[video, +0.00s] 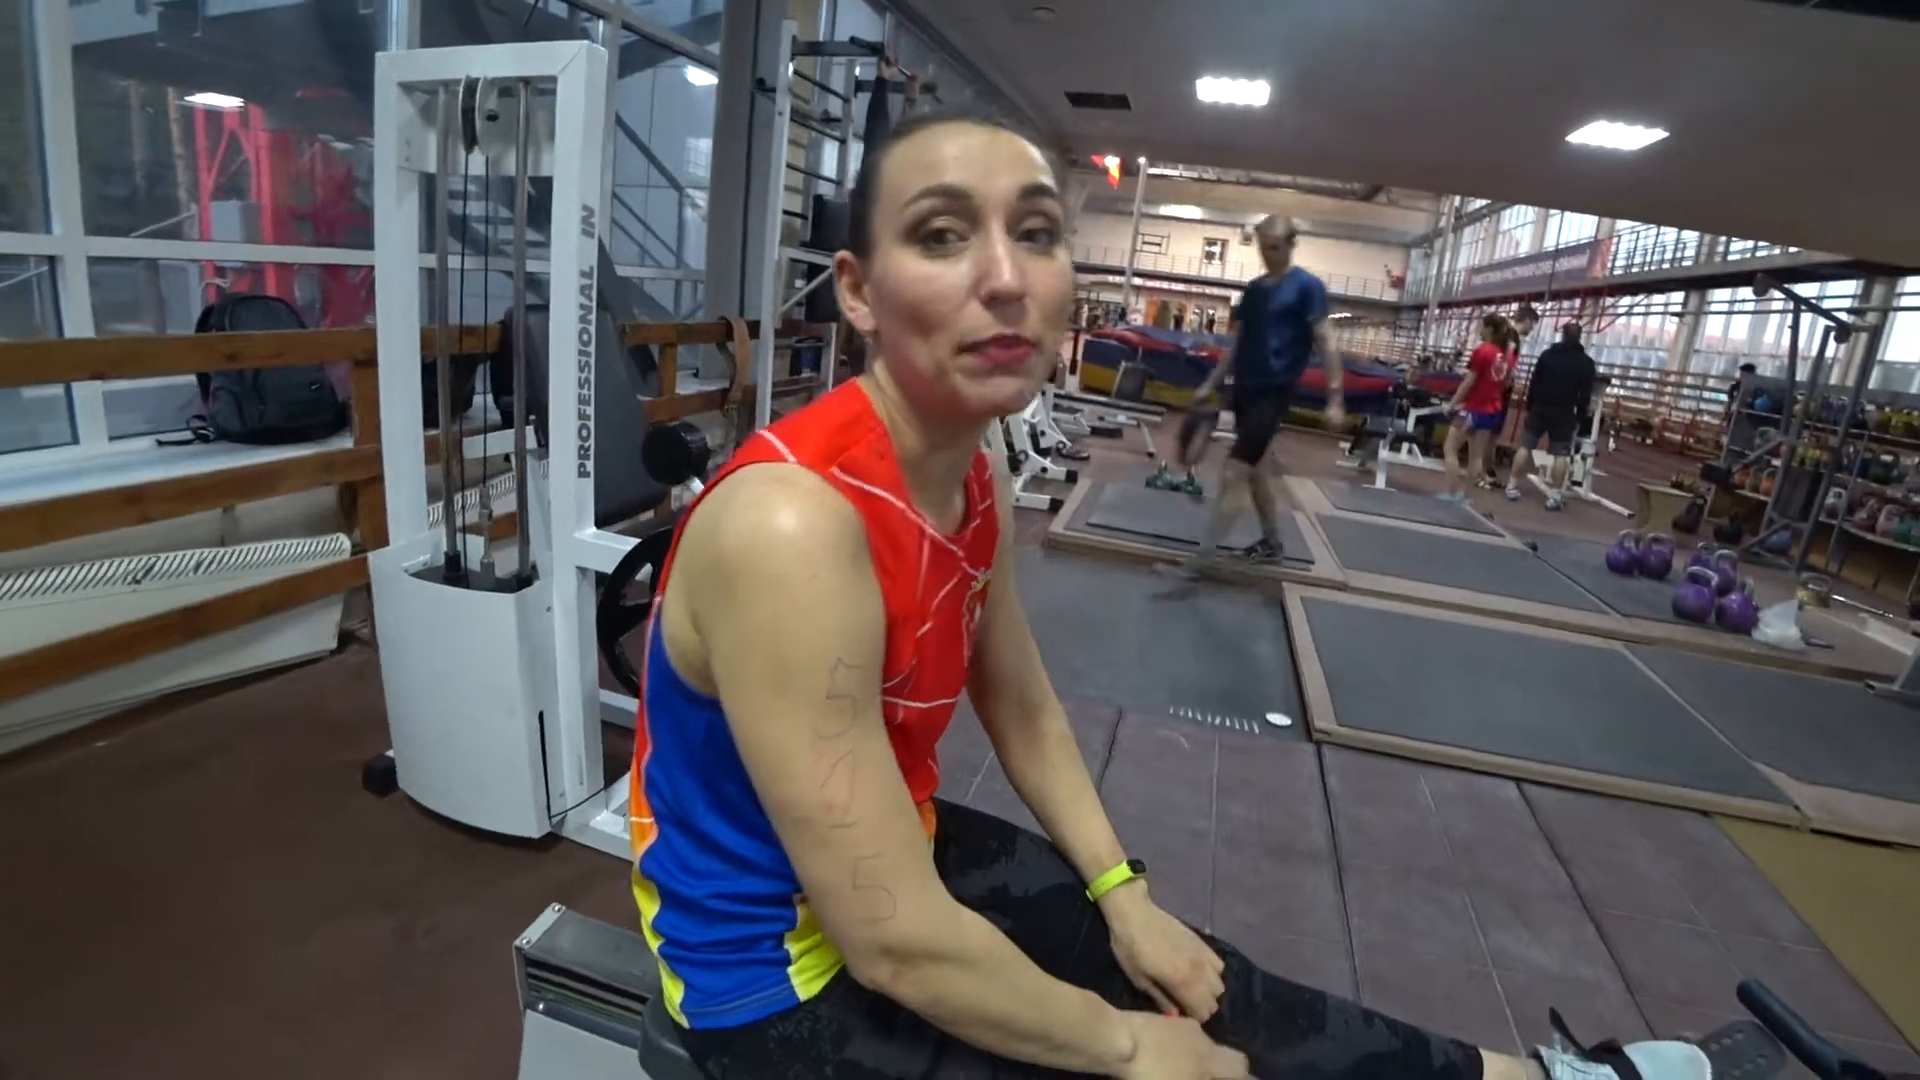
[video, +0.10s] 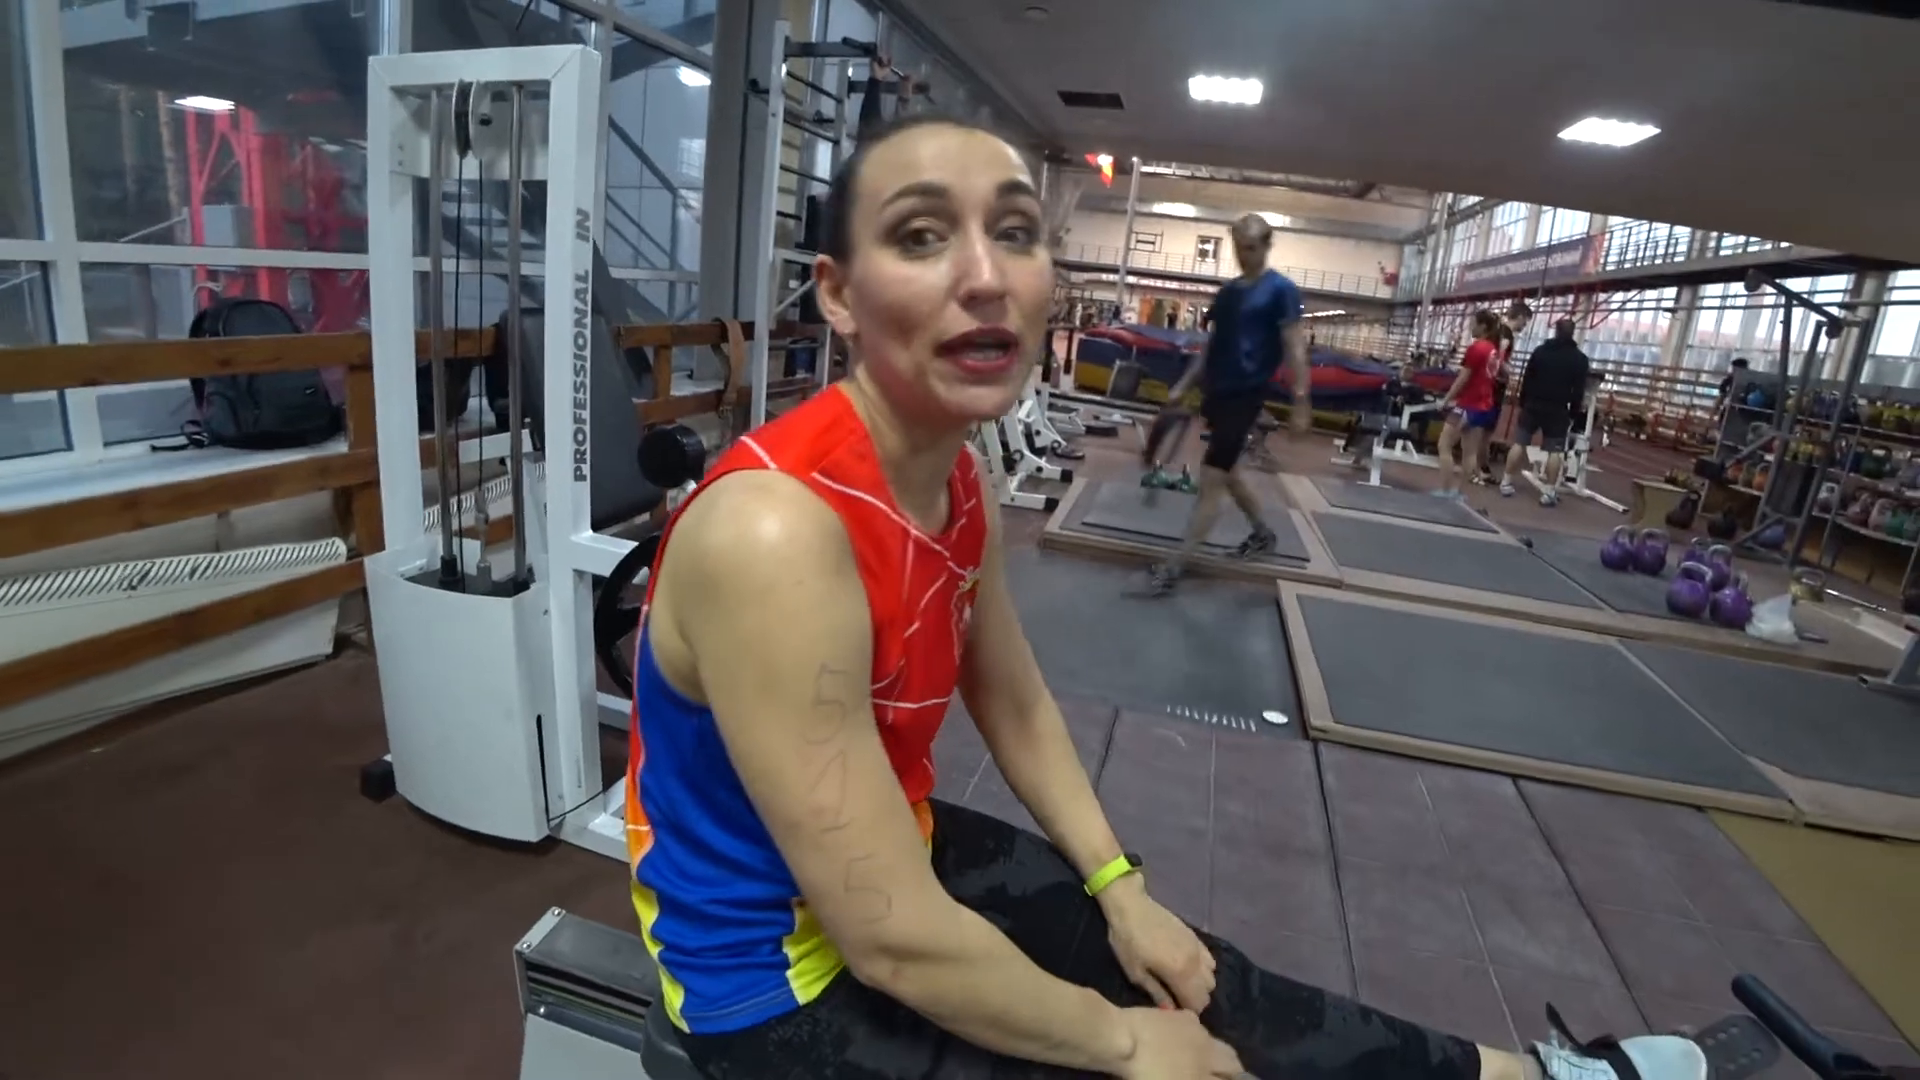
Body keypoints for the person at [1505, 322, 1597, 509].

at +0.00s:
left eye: (1565, 333)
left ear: (1563, 335)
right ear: (1579, 338)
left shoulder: (1548, 355)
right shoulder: (1586, 363)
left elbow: (1534, 382)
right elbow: (1584, 394)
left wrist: (1529, 405)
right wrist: (1581, 416)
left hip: (1540, 407)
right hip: (1564, 412)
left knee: (1526, 446)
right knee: (1561, 454)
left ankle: (1511, 486)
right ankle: (1554, 496)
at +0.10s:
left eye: (1558, 329)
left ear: (1556, 331)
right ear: (1572, 334)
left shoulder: (1540, 351)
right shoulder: (1580, 359)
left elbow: (1527, 378)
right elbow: (1578, 390)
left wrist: (1523, 401)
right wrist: (1574, 412)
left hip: (1533, 404)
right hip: (1558, 409)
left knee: (1520, 443)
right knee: (1555, 450)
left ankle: (1506, 482)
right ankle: (1549, 492)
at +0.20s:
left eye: (1553, 328)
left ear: (1551, 329)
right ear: (1568, 331)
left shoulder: (1536, 349)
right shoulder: (1575, 356)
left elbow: (1523, 376)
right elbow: (1574, 387)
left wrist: (1518, 398)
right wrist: (1569, 410)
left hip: (1529, 401)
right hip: (1554, 406)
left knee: (1516, 440)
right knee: (1551, 448)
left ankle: (1502, 480)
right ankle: (1545, 490)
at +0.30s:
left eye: (1551, 327)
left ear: (1549, 328)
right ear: (1566, 330)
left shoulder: (1535, 348)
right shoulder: (1573, 356)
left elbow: (1522, 375)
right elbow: (1573, 387)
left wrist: (1517, 398)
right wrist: (1569, 409)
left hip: (1528, 401)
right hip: (1553, 406)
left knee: (1514, 440)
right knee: (1550, 448)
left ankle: (1501, 480)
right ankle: (1544, 489)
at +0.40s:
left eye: (1550, 326)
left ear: (1550, 328)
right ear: (1567, 330)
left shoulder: (1535, 347)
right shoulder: (1574, 355)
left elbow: (1522, 375)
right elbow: (1573, 386)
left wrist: (1517, 397)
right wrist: (1569, 409)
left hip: (1528, 400)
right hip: (1553, 405)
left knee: (1515, 439)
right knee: (1550, 446)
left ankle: (1501, 479)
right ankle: (1544, 489)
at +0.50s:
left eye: (1554, 325)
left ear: (1553, 326)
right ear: (1570, 329)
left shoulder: (1539, 345)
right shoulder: (1576, 352)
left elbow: (1525, 373)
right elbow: (1576, 384)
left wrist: (1520, 396)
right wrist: (1572, 407)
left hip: (1532, 398)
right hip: (1556, 403)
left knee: (1517, 437)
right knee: (1553, 445)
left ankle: (1503, 477)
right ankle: (1546, 488)